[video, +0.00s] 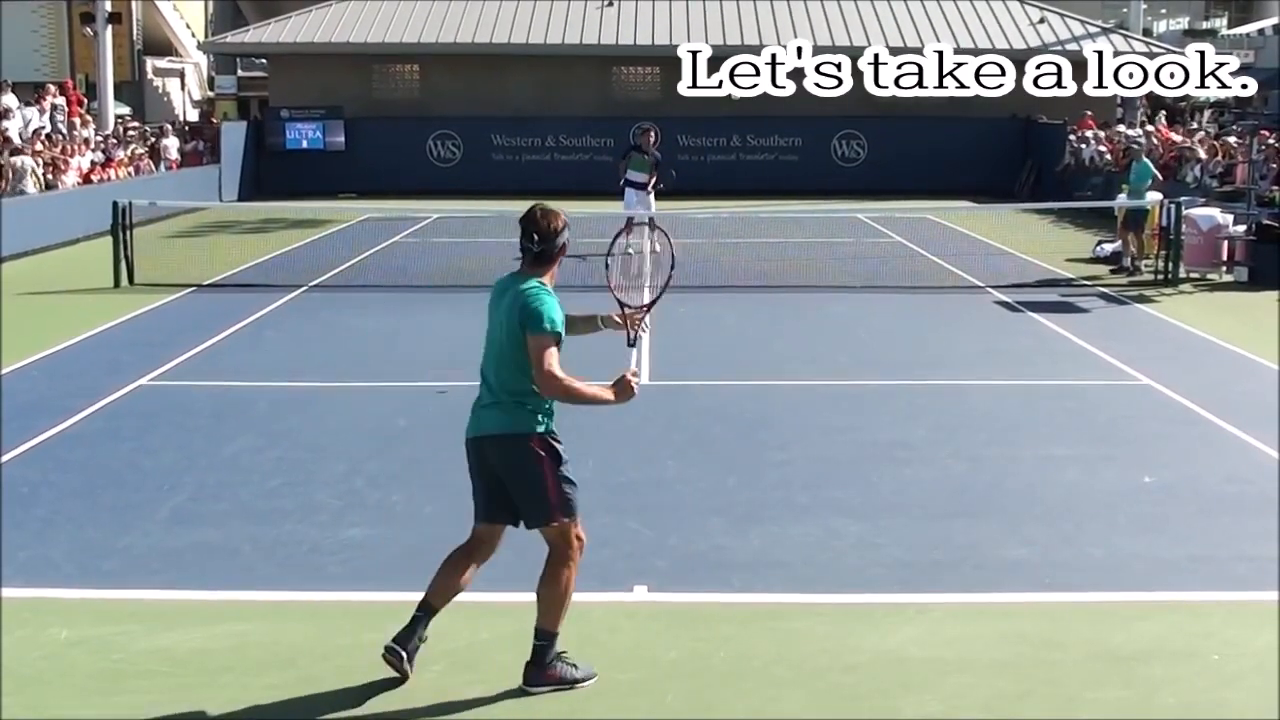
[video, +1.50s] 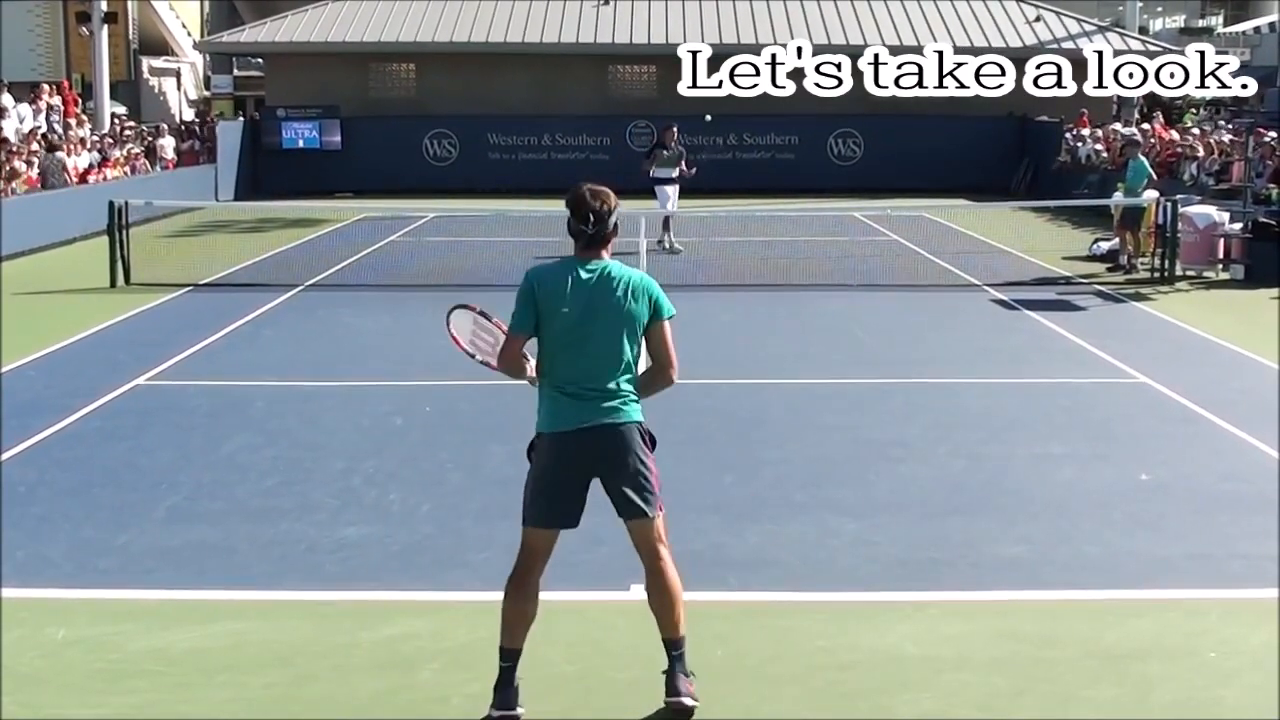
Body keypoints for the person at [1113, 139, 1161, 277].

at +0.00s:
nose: (1132, 153)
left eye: (1134, 150)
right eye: (1131, 150)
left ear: (1141, 150)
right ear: (1132, 151)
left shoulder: (1146, 163)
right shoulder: (1134, 164)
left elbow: (1158, 179)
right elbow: (1136, 182)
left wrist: (1146, 188)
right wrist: (1128, 188)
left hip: (1141, 204)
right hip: (1131, 203)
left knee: (1138, 234)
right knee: (1123, 232)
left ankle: (1139, 265)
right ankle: (1126, 263)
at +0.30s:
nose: (1130, 152)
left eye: (1133, 150)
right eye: (1130, 150)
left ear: (1139, 150)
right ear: (1131, 151)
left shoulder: (1145, 163)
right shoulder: (1132, 163)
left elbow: (1158, 179)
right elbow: (1132, 180)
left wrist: (1147, 191)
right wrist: (1127, 188)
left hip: (1140, 202)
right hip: (1129, 201)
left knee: (1138, 233)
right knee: (1123, 232)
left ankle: (1138, 264)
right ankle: (1125, 263)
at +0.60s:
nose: (1128, 152)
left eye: (1131, 149)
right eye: (1128, 149)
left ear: (1138, 150)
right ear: (1130, 150)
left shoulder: (1144, 162)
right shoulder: (1131, 162)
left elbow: (1157, 178)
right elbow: (1130, 179)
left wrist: (1147, 190)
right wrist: (1126, 188)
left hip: (1140, 201)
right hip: (1128, 200)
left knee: (1137, 233)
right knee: (1123, 231)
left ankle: (1138, 263)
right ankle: (1125, 262)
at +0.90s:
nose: (1128, 150)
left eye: (1130, 148)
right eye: (1128, 148)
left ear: (1137, 149)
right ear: (1129, 149)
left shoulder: (1144, 161)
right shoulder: (1130, 161)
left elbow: (1156, 177)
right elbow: (1130, 177)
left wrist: (1146, 189)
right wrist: (1126, 186)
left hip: (1139, 200)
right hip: (1128, 199)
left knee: (1136, 231)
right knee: (1123, 230)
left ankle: (1137, 262)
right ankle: (1124, 260)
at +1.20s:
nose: (1126, 150)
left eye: (1129, 147)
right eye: (1126, 147)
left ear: (1135, 148)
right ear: (1128, 148)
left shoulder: (1143, 161)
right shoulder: (1130, 161)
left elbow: (1155, 177)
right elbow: (1131, 179)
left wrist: (1145, 188)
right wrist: (1124, 186)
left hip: (1138, 201)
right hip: (1127, 199)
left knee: (1135, 231)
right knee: (1121, 230)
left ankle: (1135, 261)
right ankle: (1123, 260)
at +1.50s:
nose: (1126, 151)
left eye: (1128, 148)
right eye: (1126, 148)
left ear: (1136, 148)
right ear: (1128, 149)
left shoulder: (1142, 162)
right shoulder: (1131, 162)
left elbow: (1153, 178)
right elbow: (1132, 180)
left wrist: (1142, 190)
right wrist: (1124, 187)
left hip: (1138, 202)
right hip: (1128, 200)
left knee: (1134, 231)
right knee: (1121, 230)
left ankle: (1135, 262)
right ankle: (1122, 261)